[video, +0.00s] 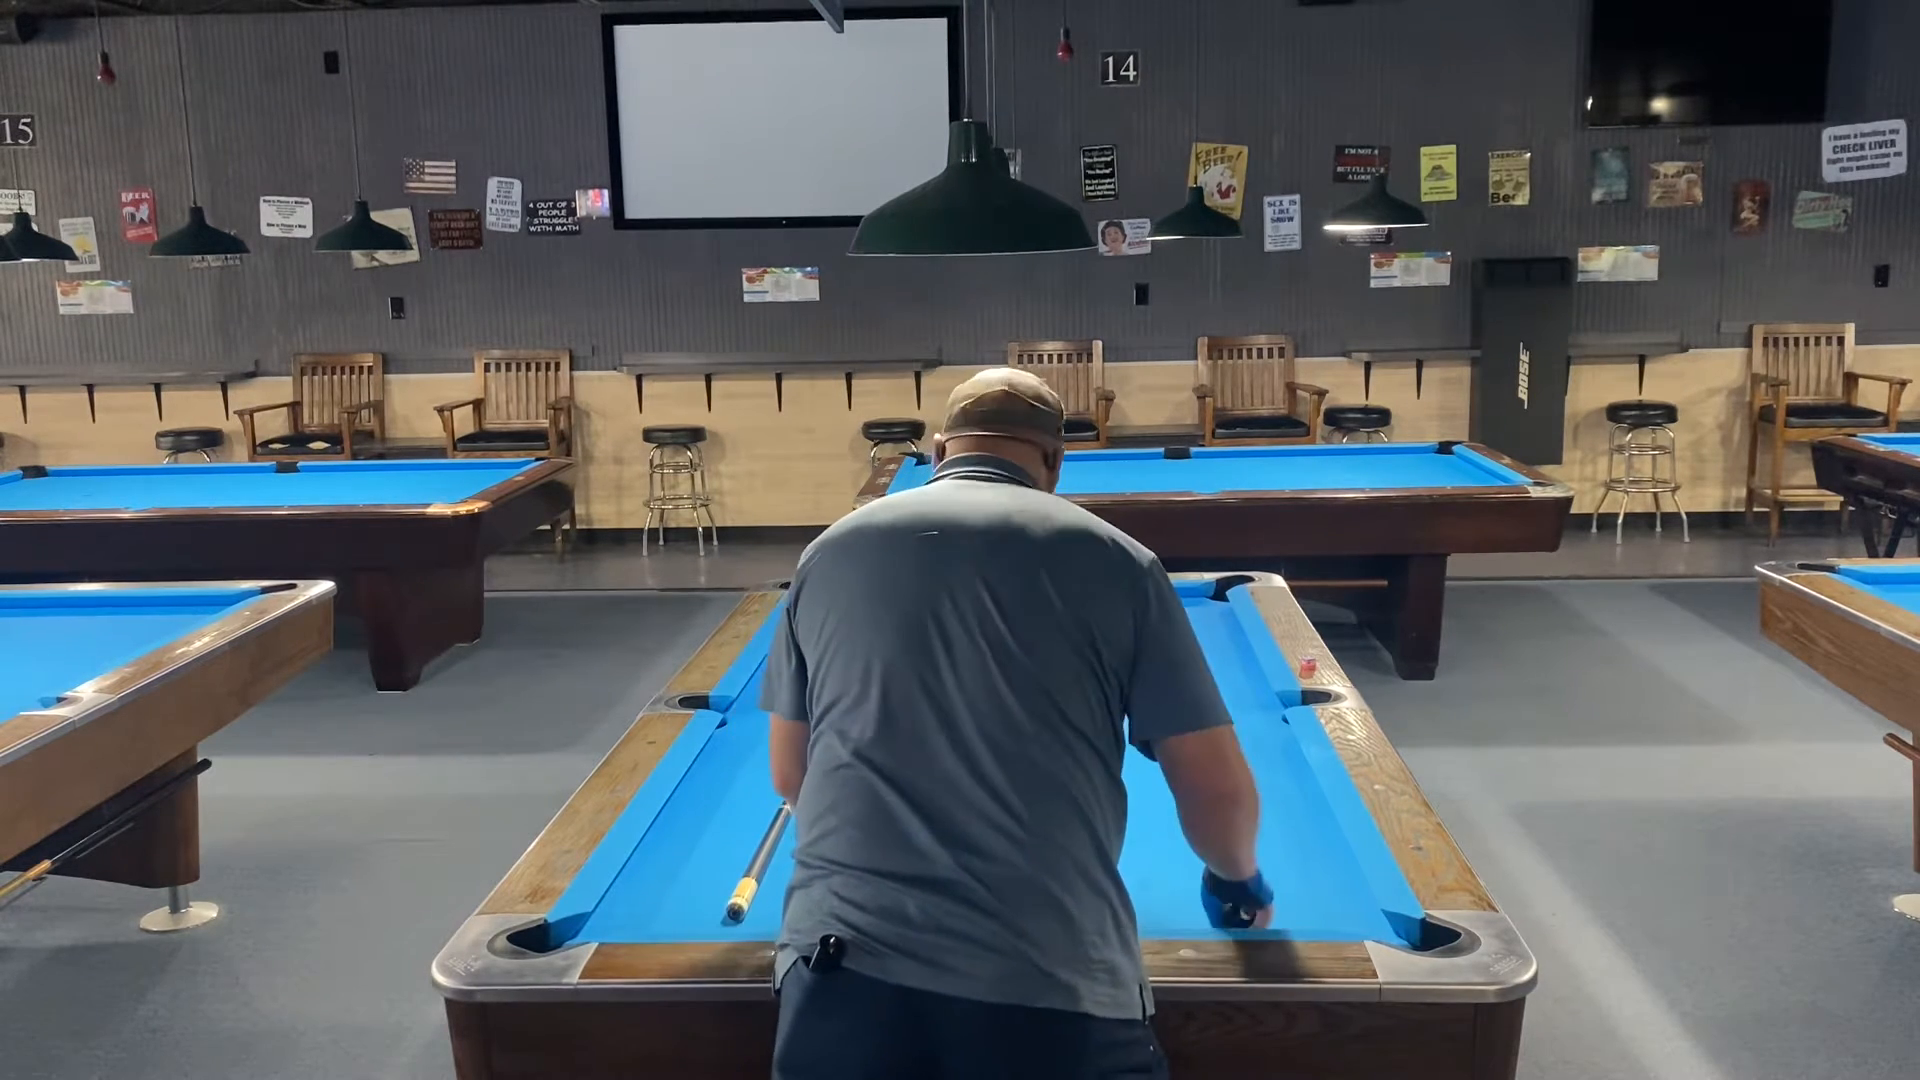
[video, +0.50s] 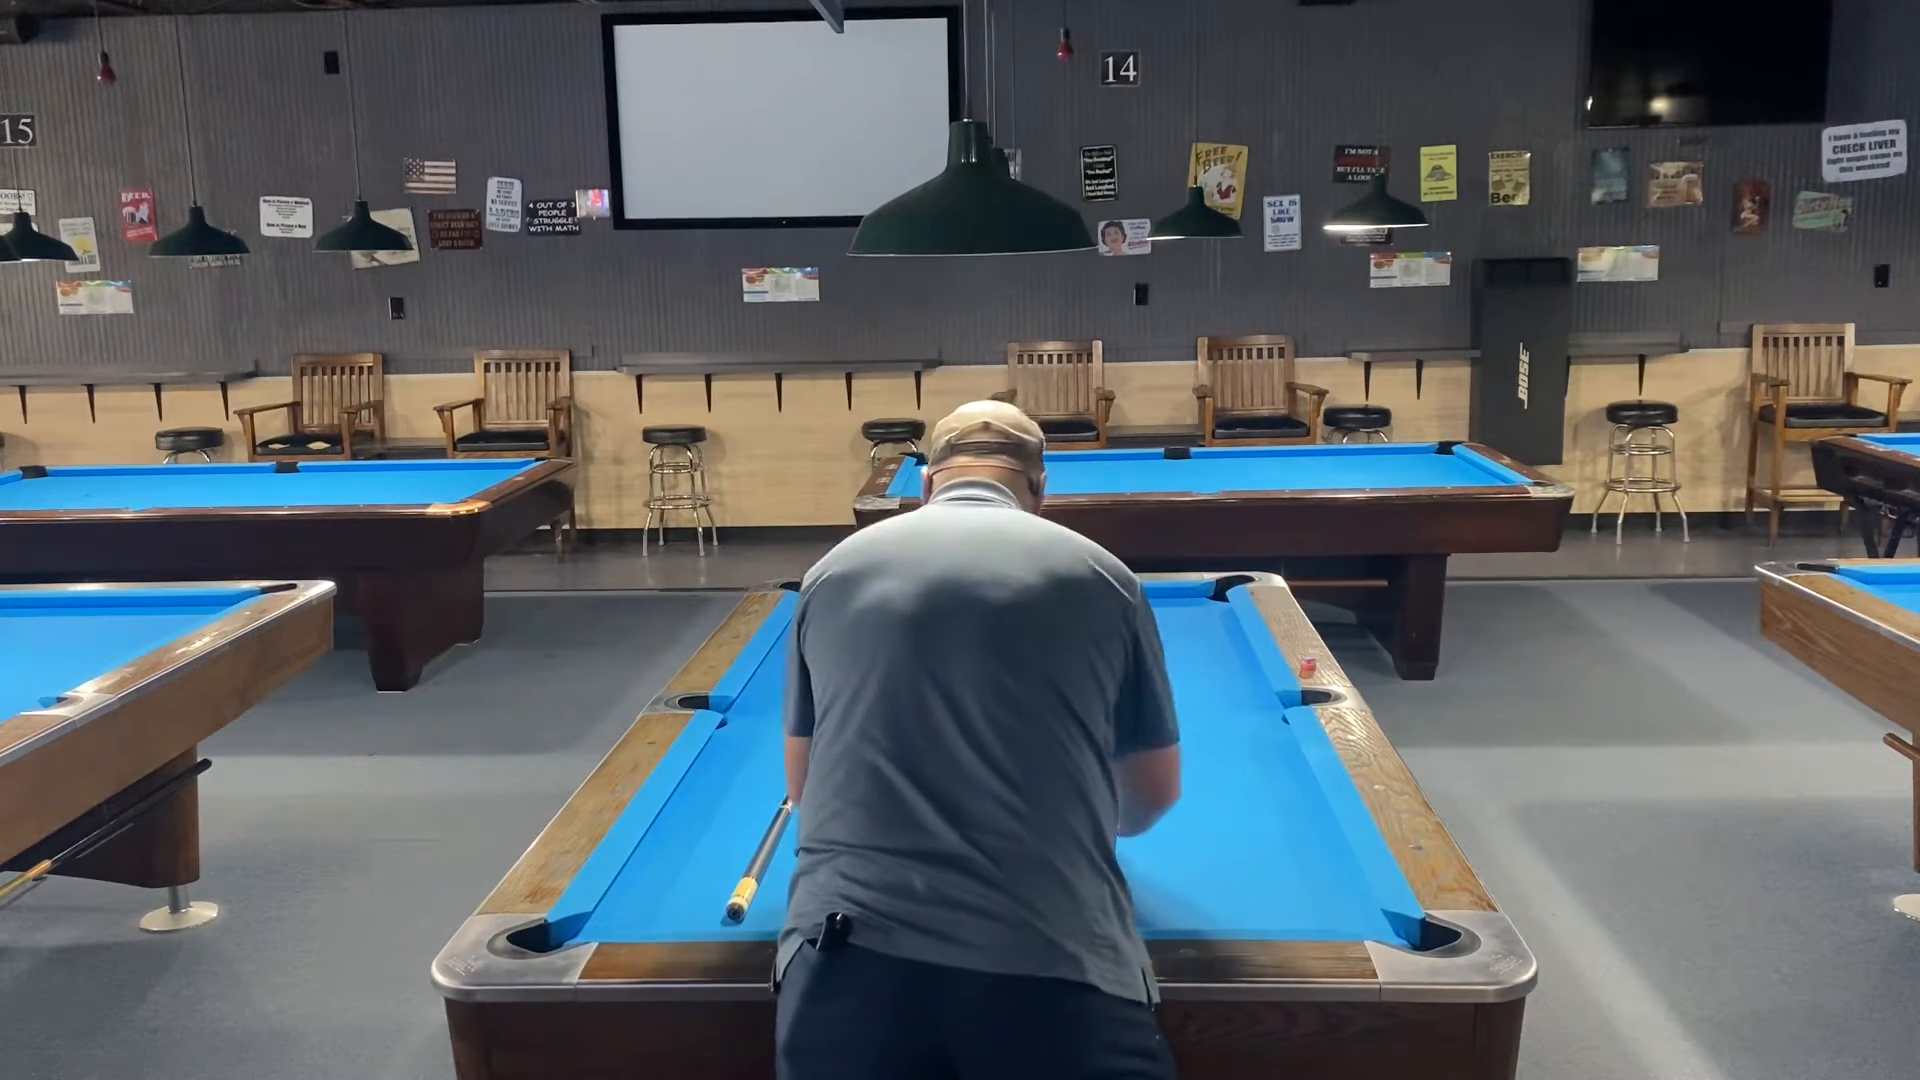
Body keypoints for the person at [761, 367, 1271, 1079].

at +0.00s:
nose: (1052, 477)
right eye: (1054, 464)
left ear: (938, 453)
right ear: (1052, 458)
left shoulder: (833, 549)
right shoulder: (1117, 562)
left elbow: (792, 772)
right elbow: (1214, 782)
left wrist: (880, 831)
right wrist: (1235, 881)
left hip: (848, 986)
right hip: (1056, 1005)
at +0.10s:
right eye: (1052, 468)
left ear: (939, 458)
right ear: (1051, 463)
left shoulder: (837, 550)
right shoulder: (1120, 566)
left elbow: (783, 772)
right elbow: (1211, 789)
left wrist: (870, 835)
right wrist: (1234, 863)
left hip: (851, 982)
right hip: (1060, 1000)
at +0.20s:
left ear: (940, 466)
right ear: (1049, 473)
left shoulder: (837, 554)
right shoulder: (1118, 568)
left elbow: (769, 768)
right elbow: (1204, 795)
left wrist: (855, 829)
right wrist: (1214, 845)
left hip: (851, 978)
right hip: (1062, 996)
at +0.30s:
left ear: (935, 469)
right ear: (1045, 478)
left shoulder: (836, 557)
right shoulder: (1117, 573)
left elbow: (777, 772)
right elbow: (1192, 798)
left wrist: (861, 819)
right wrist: (1163, 822)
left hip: (854, 979)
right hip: (1066, 994)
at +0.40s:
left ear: (931, 477)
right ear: (1042, 487)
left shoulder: (835, 563)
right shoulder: (1108, 574)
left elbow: (793, 780)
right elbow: (1172, 795)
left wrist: (892, 786)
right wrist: (1109, 805)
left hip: (854, 979)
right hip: (1061, 988)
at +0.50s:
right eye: (1041, 484)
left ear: (927, 483)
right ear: (1037, 486)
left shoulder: (834, 570)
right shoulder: (1104, 576)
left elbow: (804, 780)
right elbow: (1153, 787)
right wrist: (1065, 827)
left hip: (850, 977)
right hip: (1057, 984)